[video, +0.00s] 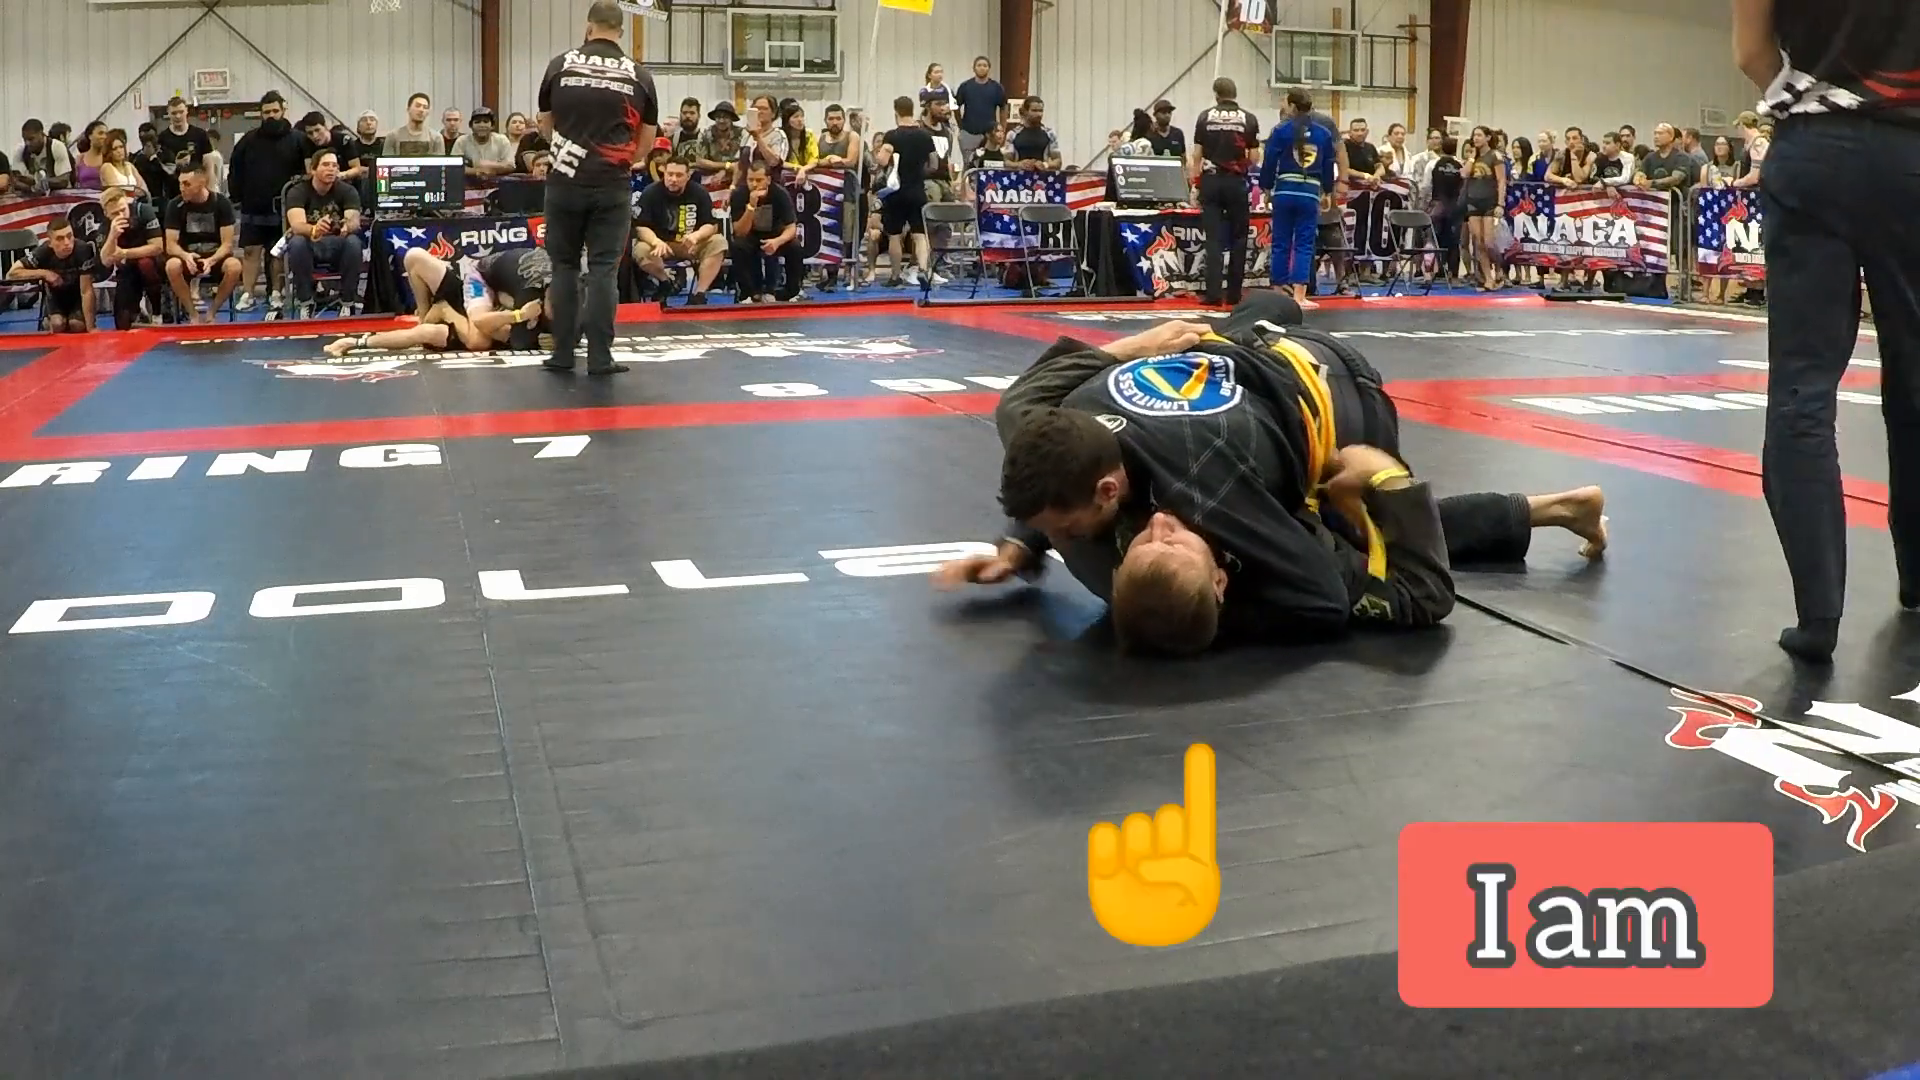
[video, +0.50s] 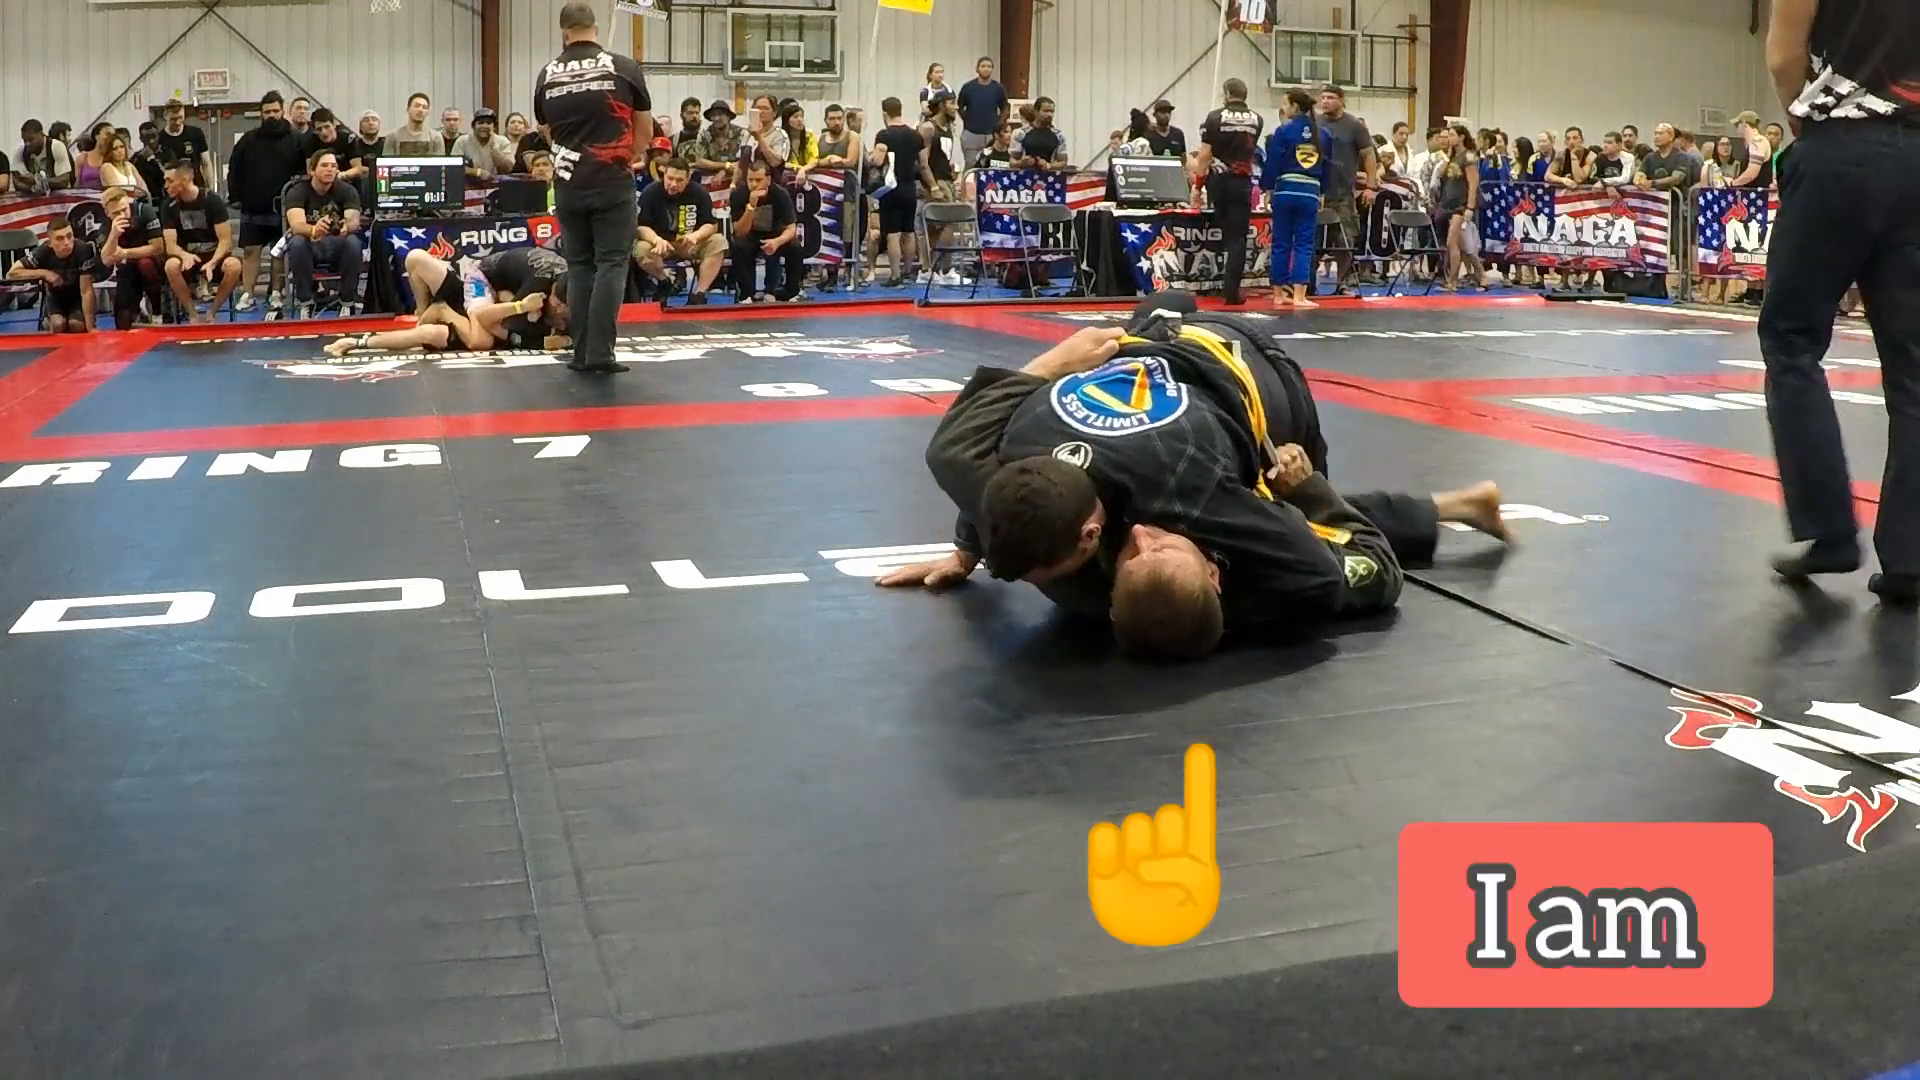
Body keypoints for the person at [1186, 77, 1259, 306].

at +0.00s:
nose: (1217, 97)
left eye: (1216, 93)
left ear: (1215, 95)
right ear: (1235, 94)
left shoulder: (1205, 117)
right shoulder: (1249, 118)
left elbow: (1197, 155)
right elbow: (1254, 156)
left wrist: (1196, 183)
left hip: (1211, 180)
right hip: (1237, 182)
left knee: (1213, 239)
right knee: (1239, 239)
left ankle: (1213, 294)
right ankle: (1234, 295)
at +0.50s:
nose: (1226, 96)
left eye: (1225, 93)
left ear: (1226, 95)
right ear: (1245, 96)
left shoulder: (1214, 117)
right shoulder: (1256, 119)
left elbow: (1204, 155)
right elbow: (1250, 149)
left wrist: (1197, 185)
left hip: (1218, 178)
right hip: (1242, 180)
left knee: (1230, 233)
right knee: (1238, 237)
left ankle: (1233, 285)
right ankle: (1232, 292)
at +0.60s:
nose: (1223, 98)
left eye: (1224, 95)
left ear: (1226, 96)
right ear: (1245, 96)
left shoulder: (1214, 119)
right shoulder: (1256, 120)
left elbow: (1205, 157)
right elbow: (1251, 148)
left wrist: (1197, 186)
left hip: (1218, 179)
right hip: (1242, 181)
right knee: (1237, 238)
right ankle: (1231, 292)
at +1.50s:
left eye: (1236, 93)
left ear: (1232, 96)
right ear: (1251, 97)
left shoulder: (1221, 119)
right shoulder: (1261, 121)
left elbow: (1210, 155)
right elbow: (1259, 151)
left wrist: (1199, 170)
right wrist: (1246, 165)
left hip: (1220, 178)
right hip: (1244, 182)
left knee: (1210, 198)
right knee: (1238, 239)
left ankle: (1227, 222)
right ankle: (1231, 292)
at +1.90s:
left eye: (1232, 95)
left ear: (1231, 97)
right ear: (1250, 97)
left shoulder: (1220, 120)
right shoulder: (1262, 120)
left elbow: (1204, 148)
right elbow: (1259, 145)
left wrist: (1204, 135)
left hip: (1224, 180)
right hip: (1247, 183)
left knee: (1208, 197)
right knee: (1241, 239)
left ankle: (1230, 223)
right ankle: (1232, 293)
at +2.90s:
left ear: (1235, 97)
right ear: (1255, 98)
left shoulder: (1223, 117)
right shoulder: (1261, 120)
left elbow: (1211, 146)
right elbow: (1263, 148)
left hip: (1223, 176)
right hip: (1245, 179)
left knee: (1211, 198)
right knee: (1241, 237)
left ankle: (1230, 219)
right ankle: (1231, 292)